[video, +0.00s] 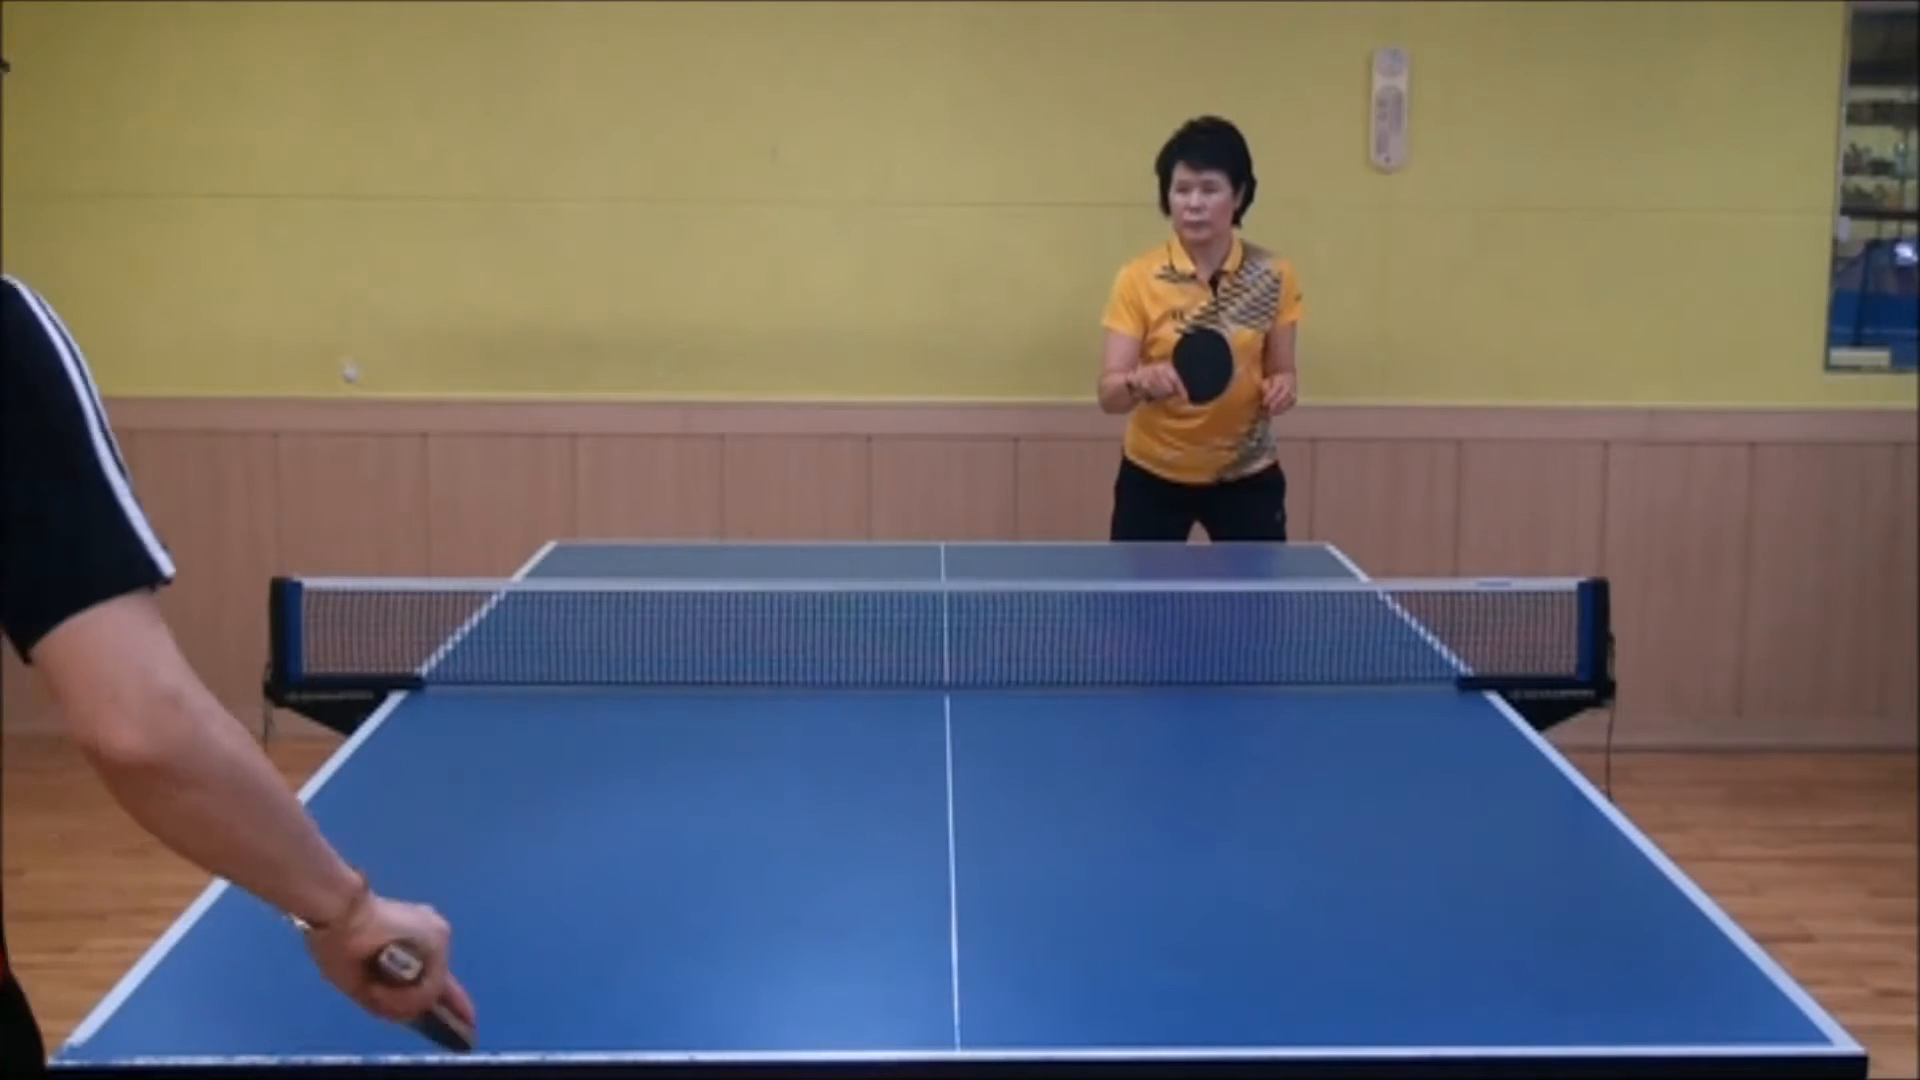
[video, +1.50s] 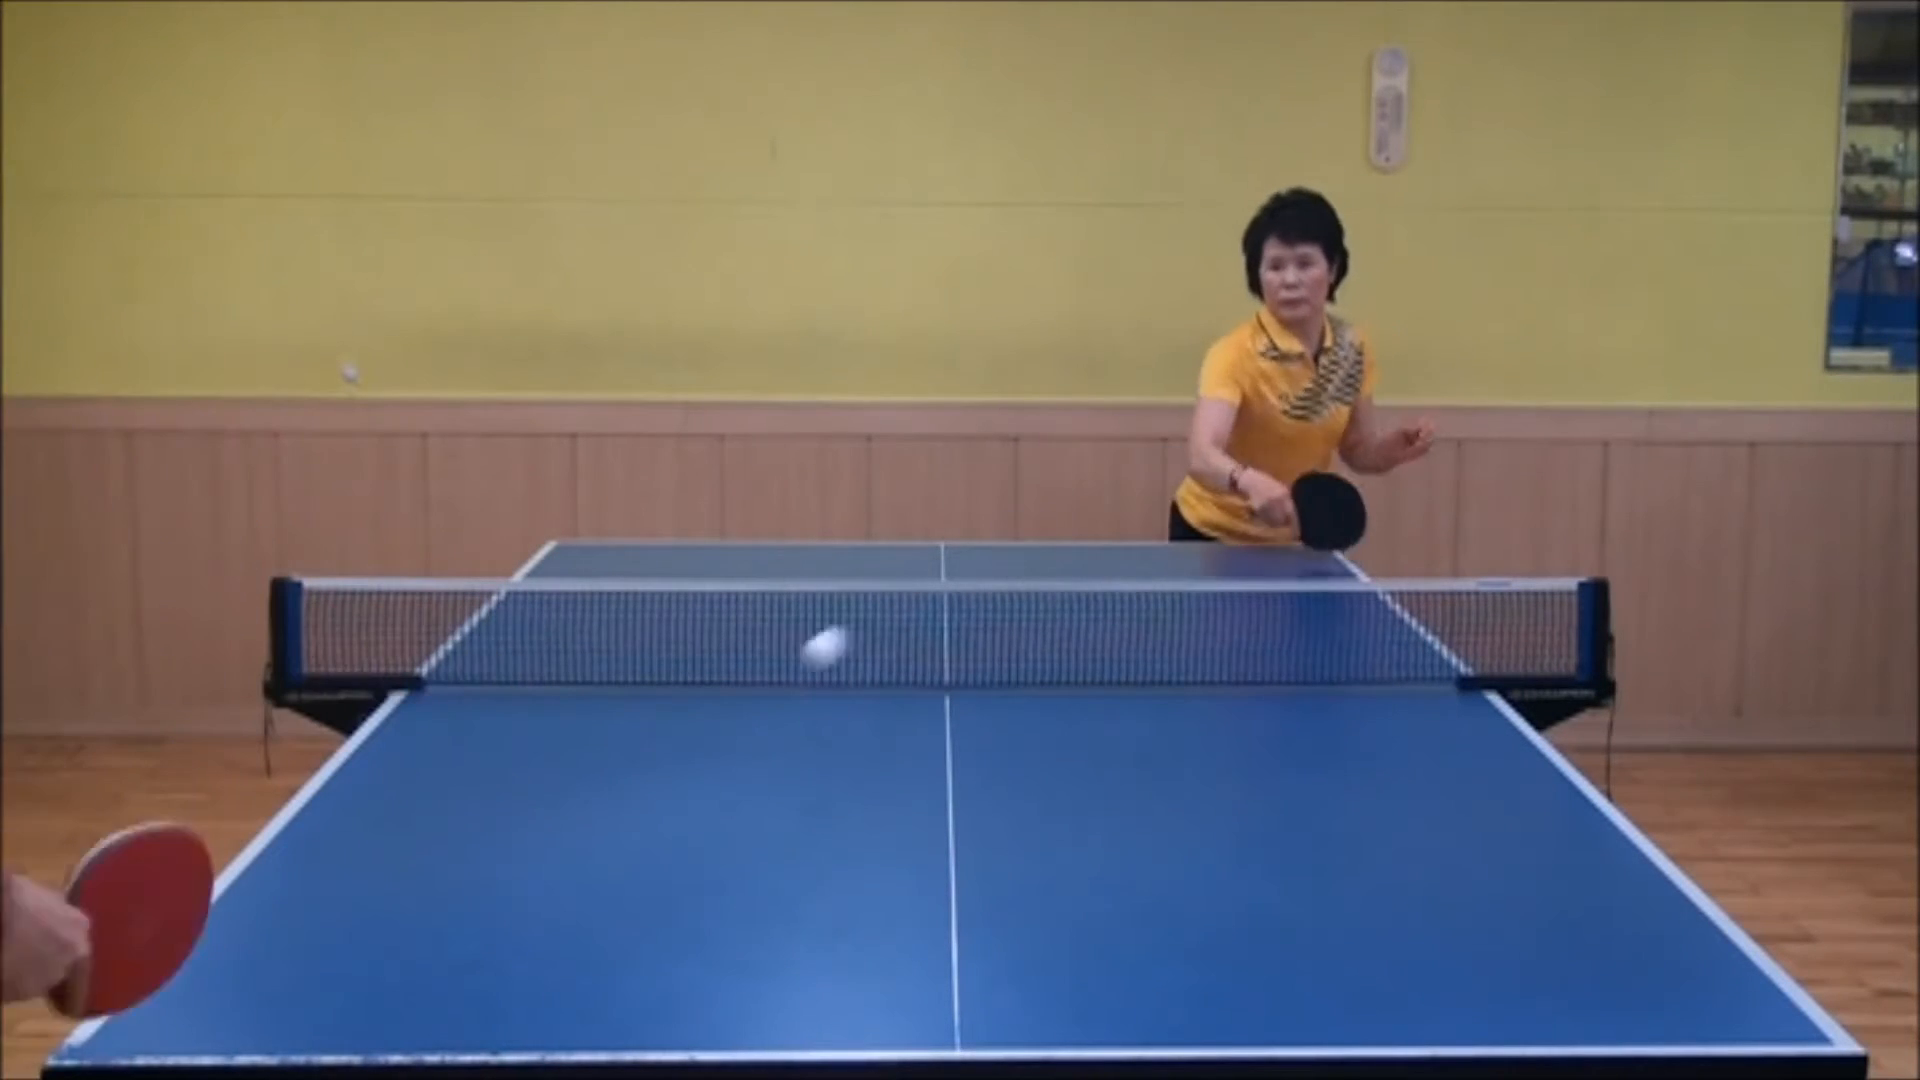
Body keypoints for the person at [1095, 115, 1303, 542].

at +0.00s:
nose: (1193, 203)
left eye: (1209, 189)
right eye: (1182, 189)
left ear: (1239, 196)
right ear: (1166, 196)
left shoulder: (1273, 279)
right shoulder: (1139, 280)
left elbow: (1282, 372)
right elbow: (1110, 395)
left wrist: (1280, 388)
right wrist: (1139, 382)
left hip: (1245, 482)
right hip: (1154, 479)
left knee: (1261, 600)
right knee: (1135, 600)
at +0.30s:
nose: (1209, 207)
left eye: (1225, 192)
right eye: (1197, 193)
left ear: (1254, 200)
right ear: (1181, 201)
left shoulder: (1288, 283)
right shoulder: (1154, 283)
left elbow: (1295, 376)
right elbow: (1123, 396)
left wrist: (1291, 391)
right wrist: (1151, 387)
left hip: (1261, 486)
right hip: (1169, 483)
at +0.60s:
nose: (1206, 202)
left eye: (1221, 188)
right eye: (1194, 188)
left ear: (1252, 195)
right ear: (1178, 197)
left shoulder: (1292, 279)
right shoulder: (1154, 282)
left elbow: (1307, 368)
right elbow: (1122, 395)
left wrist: (1301, 382)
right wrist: (1146, 388)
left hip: (1272, 480)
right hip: (1180, 479)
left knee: (1281, 600)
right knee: (1165, 600)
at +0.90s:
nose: (1236, 219)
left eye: (1251, 204)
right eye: (1223, 205)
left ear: (1280, 208)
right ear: (1207, 212)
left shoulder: (1318, 290)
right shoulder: (1181, 295)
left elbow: (1331, 402)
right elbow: (1142, 401)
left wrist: (1323, 383)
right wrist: (1174, 408)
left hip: (1293, 496)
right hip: (1199, 495)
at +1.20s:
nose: (1308, 259)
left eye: (1322, 243)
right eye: (1294, 245)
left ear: (1348, 243)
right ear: (1274, 249)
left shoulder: (1375, 317)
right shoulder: (1247, 322)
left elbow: (1374, 420)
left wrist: (1402, 422)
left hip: (1333, 513)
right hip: (1241, 512)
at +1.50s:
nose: (1290, 280)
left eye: (1305, 264)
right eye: (1276, 266)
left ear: (1333, 270)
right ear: (1257, 276)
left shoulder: (1351, 351)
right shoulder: (1235, 356)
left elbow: (1357, 450)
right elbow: (1203, 455)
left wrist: (1391, 450)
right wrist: (1249, 481)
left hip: (1300, 535)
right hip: (1216, 533)